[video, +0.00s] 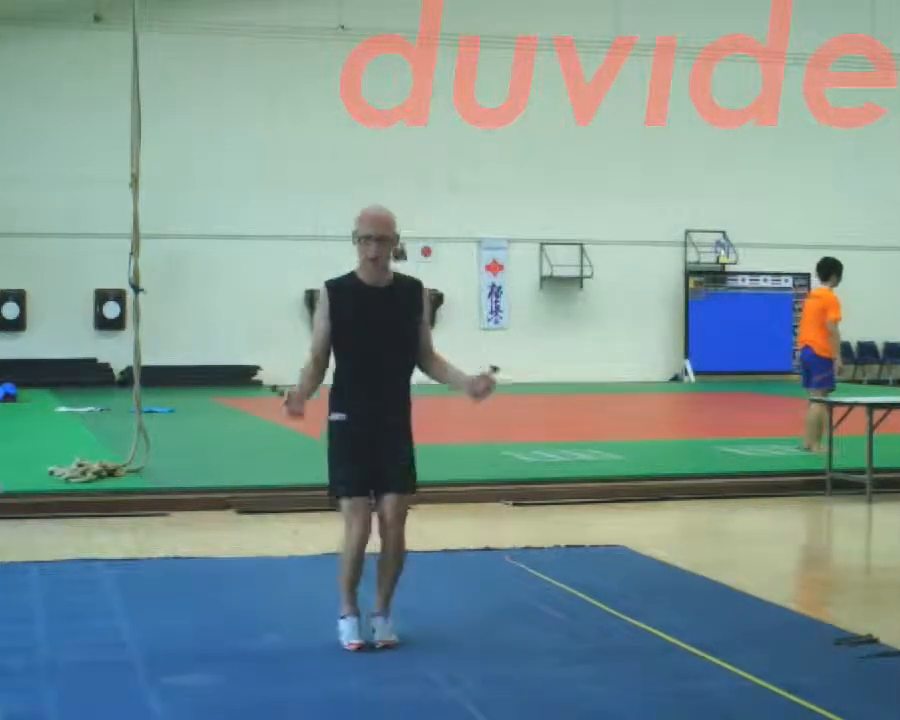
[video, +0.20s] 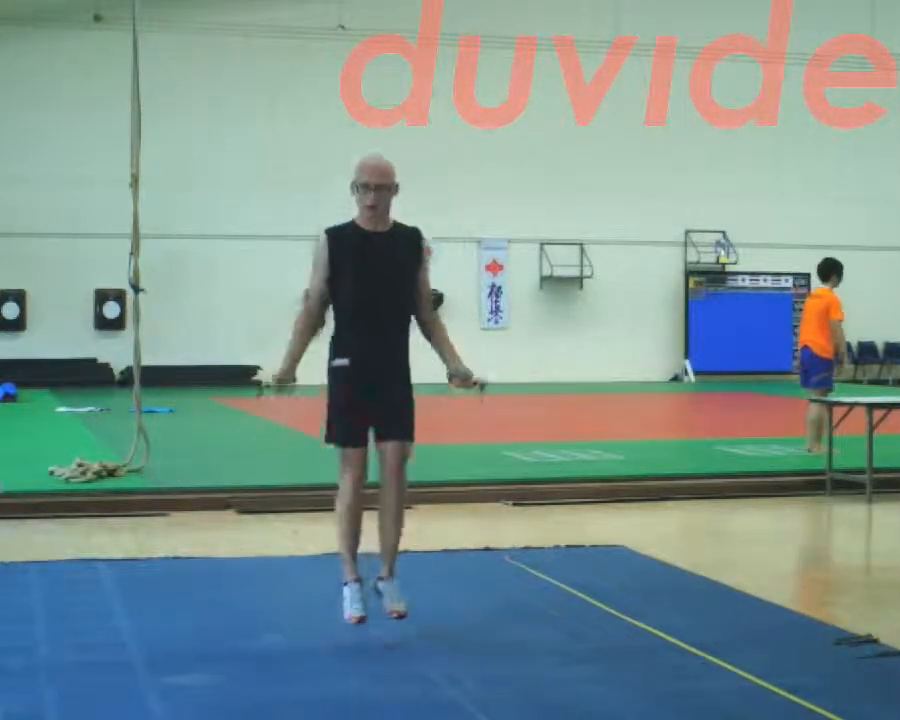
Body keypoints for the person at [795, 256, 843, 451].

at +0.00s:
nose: (840, 279)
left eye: (839, 275)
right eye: (839, 275)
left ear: (819, 275)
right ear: (835, 276)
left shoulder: (812, 296)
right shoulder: (829, 298)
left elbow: (805, 325)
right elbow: (832, 326)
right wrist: (837, 355)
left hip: (806, 349)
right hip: (820, 351)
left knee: (816, 398)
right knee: (818, 399)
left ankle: (811, 441)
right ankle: (812, 443)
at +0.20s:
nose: (840, 279)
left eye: (840, 275)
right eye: (840, 275)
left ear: (821, 275)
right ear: (836, 276)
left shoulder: (812, 297)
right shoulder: (831, 299)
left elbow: (805, 326)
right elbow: (836, 328)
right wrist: (843, 355)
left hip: (806, 349)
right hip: (821, 351)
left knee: (820, 397)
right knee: (817, 398)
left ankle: (817, 442)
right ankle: (813, 444)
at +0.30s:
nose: (840, 280)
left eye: (840, 276)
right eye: (840, 276)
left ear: (821, 275)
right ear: (836, 276)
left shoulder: (813, 296)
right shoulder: (831, 298)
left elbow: (816, 329)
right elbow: (842, 324)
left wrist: (835, 344)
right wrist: (857, 342)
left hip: (806, 347)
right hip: (820, 349)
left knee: (817, 397)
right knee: (818, 397)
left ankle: (814, 443)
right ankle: (814, 444)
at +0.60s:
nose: (847, 287)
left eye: (847, 283)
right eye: (847, 282)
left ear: (829, 279)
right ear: (841, 282)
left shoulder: (816, 297)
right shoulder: (831, 301)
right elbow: (842, 333)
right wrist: (856, 358)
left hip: (805, 349)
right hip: (818, 353)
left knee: (816, 397)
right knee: (824, 398)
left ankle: (816, 441)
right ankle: (818, 443)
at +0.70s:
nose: (850, 291)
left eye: (851, 287)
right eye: (850, 286)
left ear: (833, 282)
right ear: (845, 285)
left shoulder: (818, 299)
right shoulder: (832, 302)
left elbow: (803, 320)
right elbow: (829, 326)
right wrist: (829, 351)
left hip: (805, 351)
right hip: (818, 354)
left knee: (817, 398)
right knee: (823, 398)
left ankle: (817, 441)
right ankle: (818, 442)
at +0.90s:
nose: (851, 300)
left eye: (853, 296)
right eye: (852, 295)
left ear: (837, 286)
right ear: (847, 292)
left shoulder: (817, 292)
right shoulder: (833, 299)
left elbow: (797, 285)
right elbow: (819, 284)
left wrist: (786, 270)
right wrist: (801, 270)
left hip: (792, 341)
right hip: (800, 347)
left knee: (809, 392)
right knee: (810, 393)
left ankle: (807, 437)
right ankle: (807, 439)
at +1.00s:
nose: (848, 318)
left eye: (850, 314)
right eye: (849, 313)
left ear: (837, 302)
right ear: (843, 308)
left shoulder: (815, 303)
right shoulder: (826, 309)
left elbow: (801, 289)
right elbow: (809, 289)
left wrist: (793, 272)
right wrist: (796, 272)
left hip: (785, 350)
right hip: (794, 355)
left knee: (805, 401)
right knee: (806, 402)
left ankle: (793, 443)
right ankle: (793, 444)